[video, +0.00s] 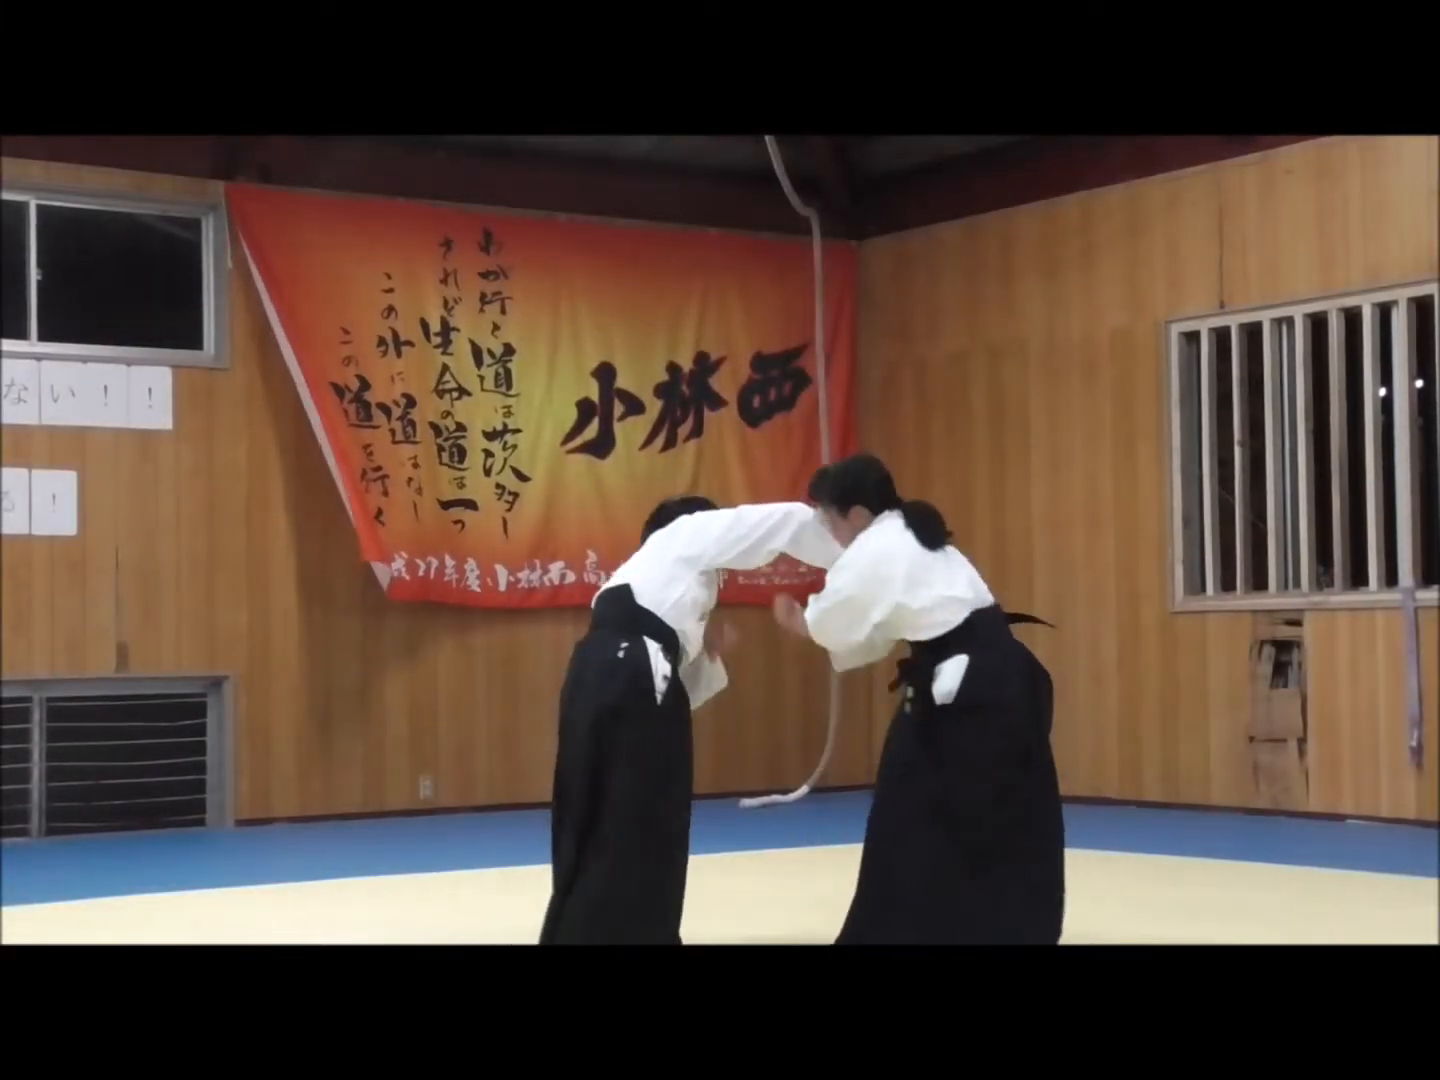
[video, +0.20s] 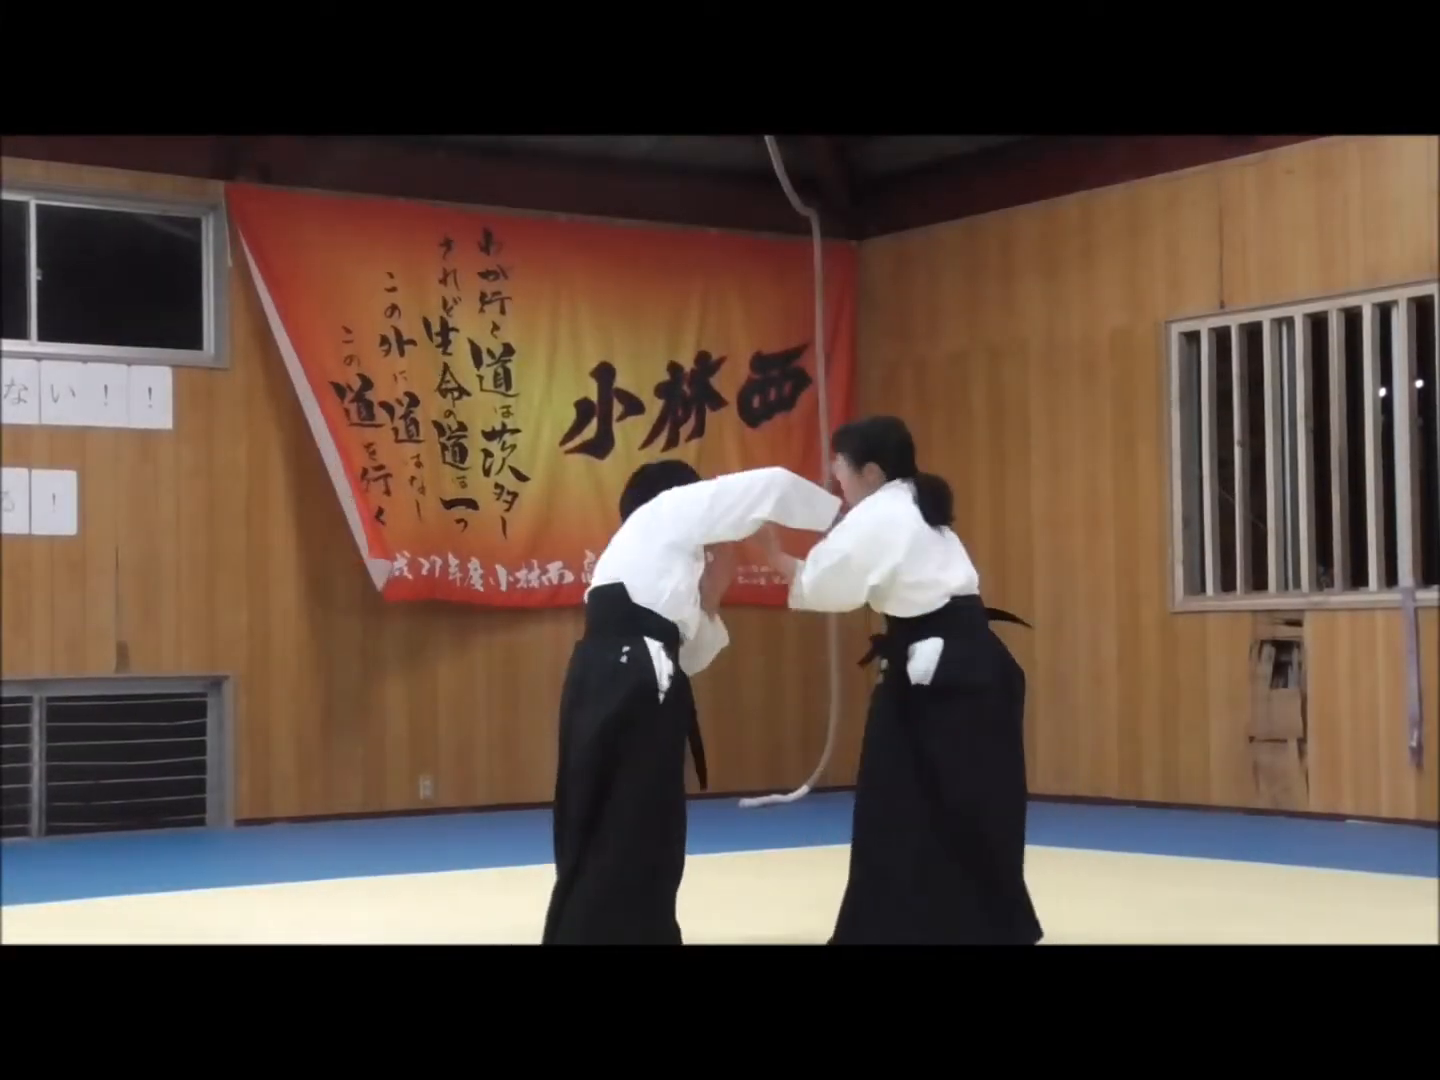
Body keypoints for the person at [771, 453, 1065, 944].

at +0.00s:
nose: (828, 532)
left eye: (828, 519)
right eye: (824, 520)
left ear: (855, 513)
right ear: (877, 504)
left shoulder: (872, 552)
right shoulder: (922, 533)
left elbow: (830, 627)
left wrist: (795, 620)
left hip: (963, 683)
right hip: (1015, 670)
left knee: (912, 818)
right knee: (1010, 820)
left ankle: (905, 931)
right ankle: (1007, 931)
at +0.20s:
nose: (835, 477)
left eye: (841, 465)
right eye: (835, 465)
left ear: (871, 469)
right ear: (886, 468)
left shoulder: (878, 515)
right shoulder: (920, 505)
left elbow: (823, 586)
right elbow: (859, 577)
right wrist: (791, 566)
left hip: (933, 669)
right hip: (981, 663)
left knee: (898, 809)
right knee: (972, 810)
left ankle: (891, 930)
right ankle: (981, 930)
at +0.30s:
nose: (843, 469)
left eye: (847, 458)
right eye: (842, 458)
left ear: (875, 460)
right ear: (896, 459)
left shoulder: (876, 509)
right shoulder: (922, 499)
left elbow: (814, 568)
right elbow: (853, 562)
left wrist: (765, 530)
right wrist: (781, 546)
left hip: (922, 665)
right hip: (970, 660)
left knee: (899, 806)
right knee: (963, 807)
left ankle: (889, 928)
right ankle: (964, 928)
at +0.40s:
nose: (845, 465)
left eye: (850, 455)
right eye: (846, 455)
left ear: (875, 457)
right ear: (900, 457)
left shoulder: (873, 507)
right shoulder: (923, 501)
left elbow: (805, 555)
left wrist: (780, 517)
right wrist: (792, 527)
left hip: (911, 666)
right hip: (962, 662)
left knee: (887, 811)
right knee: (958, 813)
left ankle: (885, 931)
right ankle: (954, 932)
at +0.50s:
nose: (846, 467)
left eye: (850, 457)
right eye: (845, 457)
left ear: (875, 458)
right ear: (902, 456)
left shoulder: (871, 507)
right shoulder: (924, 502)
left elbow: (797, 542)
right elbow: (823, 542)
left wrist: (777, 488)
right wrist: (776, 510)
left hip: (901, 664)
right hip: (954, 659)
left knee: (882, 802)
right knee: (949, 807)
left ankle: (880, 928)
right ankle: (944, 929)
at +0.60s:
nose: (840, 465)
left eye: (844, 457)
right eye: (840, 457)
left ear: (868, 462)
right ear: (896, 462)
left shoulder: (858, 510)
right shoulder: (921, 504)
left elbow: (787, 525)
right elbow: (816, 551)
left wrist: (767, 470)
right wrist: (754, 532)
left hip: (889, 660)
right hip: (948, 657)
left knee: (858, 790)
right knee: (939, 798)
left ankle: (865, 923)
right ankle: (938, 924)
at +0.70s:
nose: (828, 475)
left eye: (833, 466)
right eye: (830, 466)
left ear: (854, 469)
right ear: (886, 469)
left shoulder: (840, 513)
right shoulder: (906, 511)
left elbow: (765, 515)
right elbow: (835, 565)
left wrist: (744, 463)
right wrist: (762, 565)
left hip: (875, 662)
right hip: (937, 656)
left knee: (834, 787)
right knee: (927, 792)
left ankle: (844, 922)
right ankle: (926, 922)